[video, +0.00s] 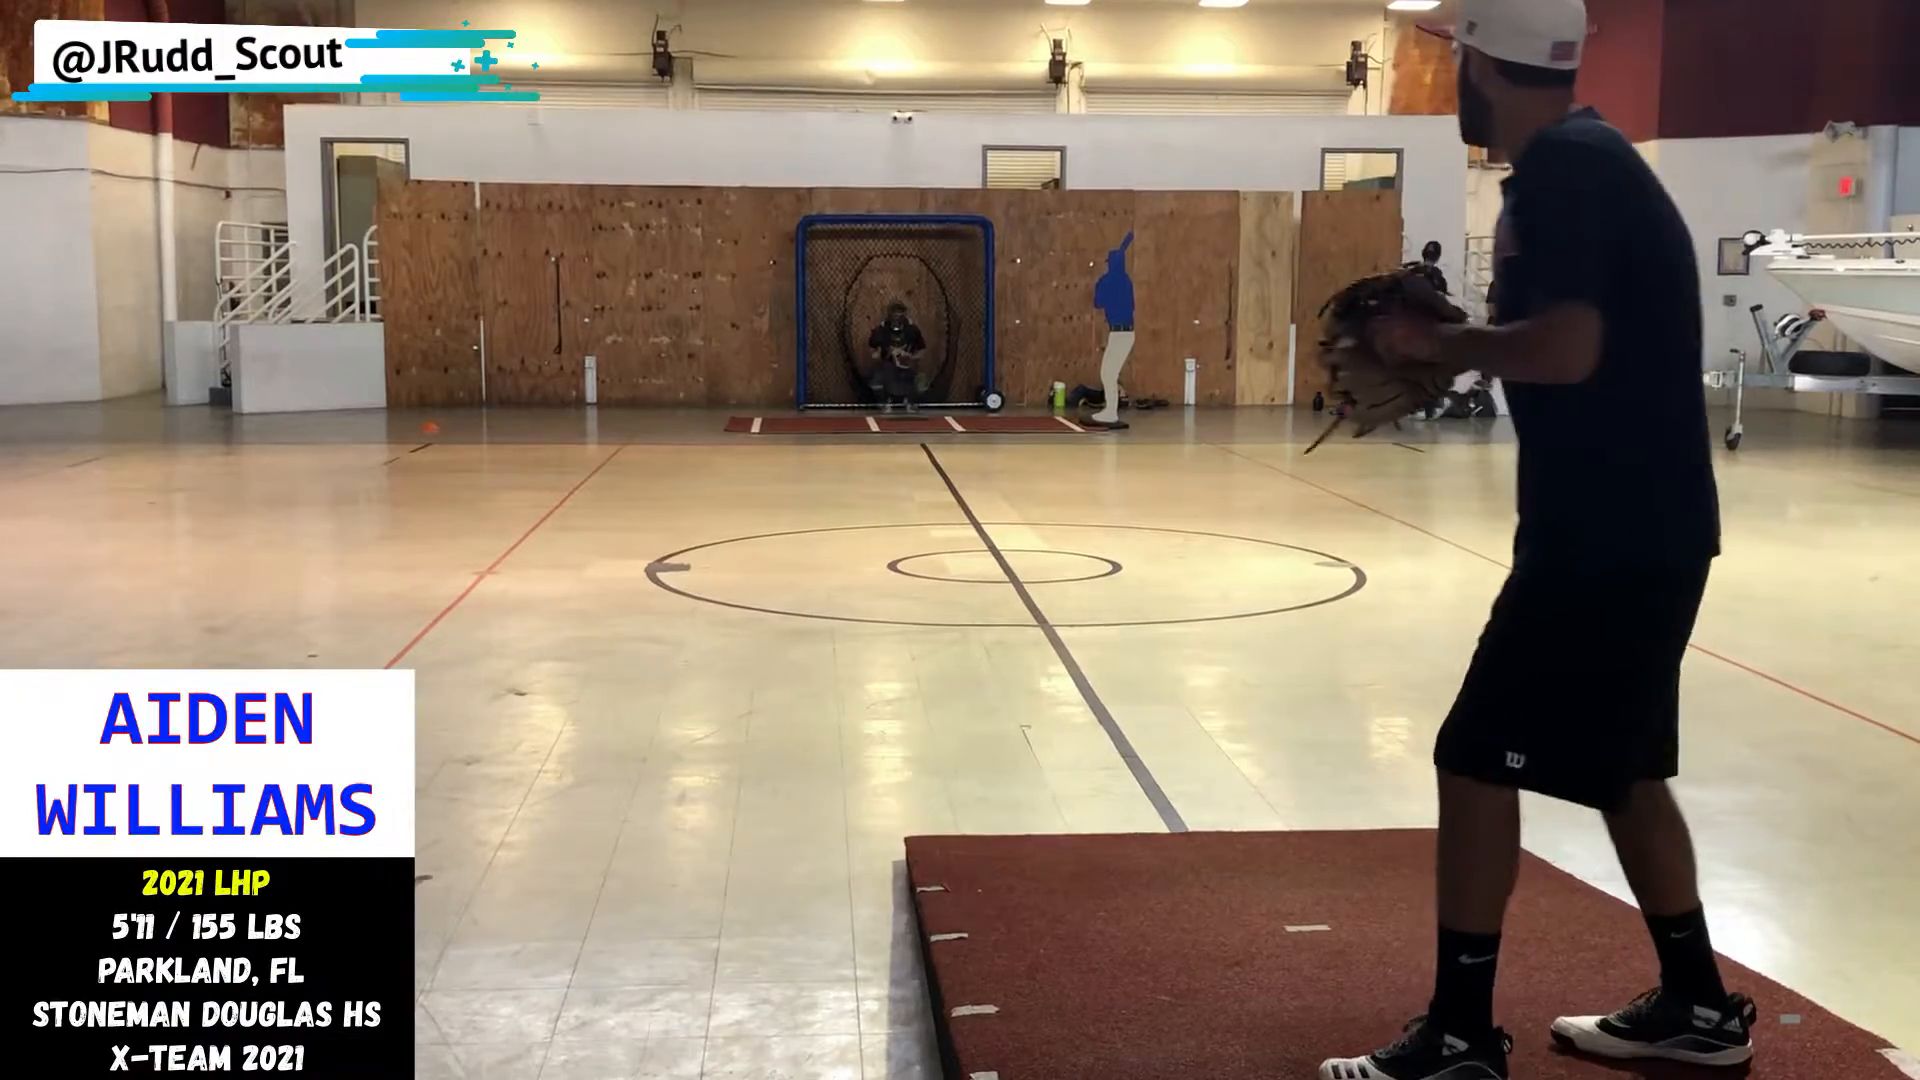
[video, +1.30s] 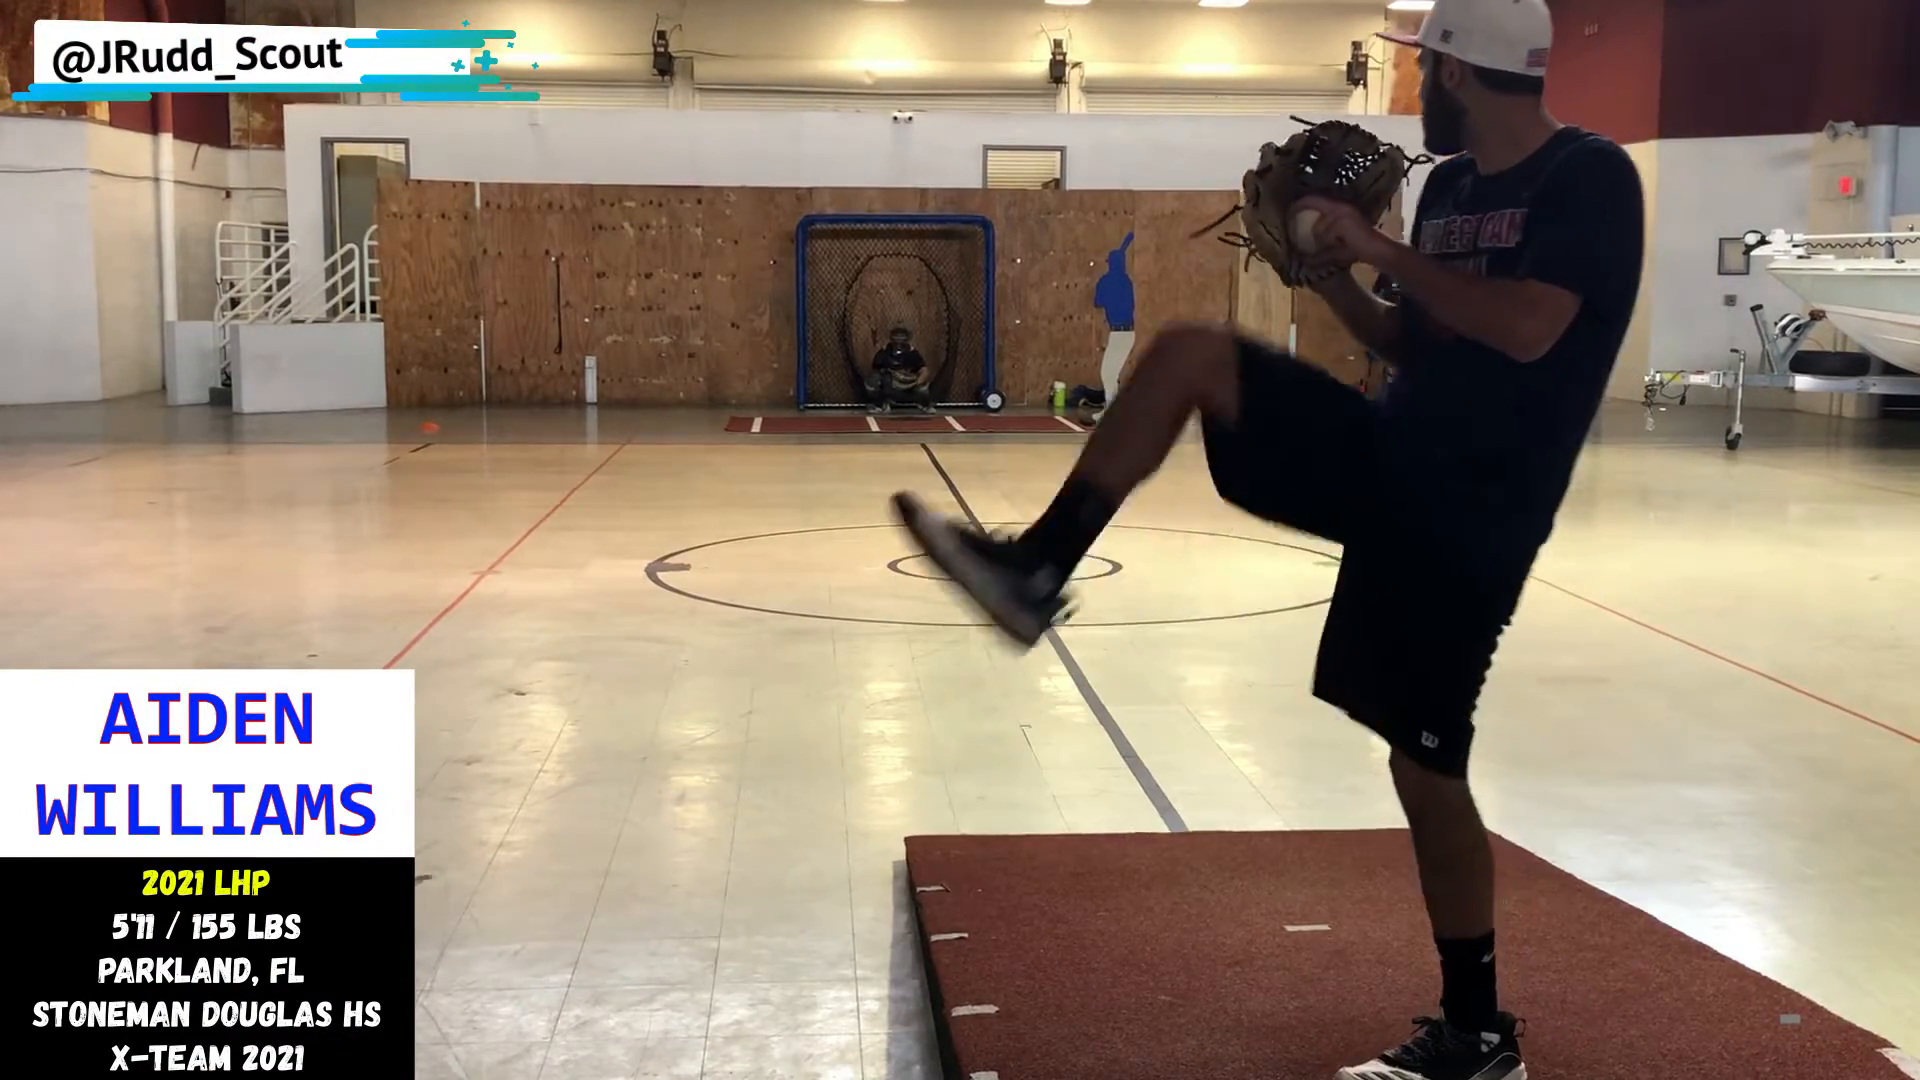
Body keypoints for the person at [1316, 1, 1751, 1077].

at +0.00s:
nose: (1456, 95)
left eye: (1457, 66)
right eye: (1456, 69)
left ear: (1483, 62)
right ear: (1559, 65)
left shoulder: (1560, 171)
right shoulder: (1601, 165)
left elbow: (1567, 347)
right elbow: (1582, 347)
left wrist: (1438, 343)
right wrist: (1453, 336)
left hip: (1590, 540)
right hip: (1652, 534)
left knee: (1473, 755)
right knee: (1628, 766)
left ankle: (1459, 1030)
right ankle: (1696, 1001)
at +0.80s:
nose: (1461, 75)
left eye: (1467, 53)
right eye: (1464, 55)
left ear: (1496, 62)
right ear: (1542, 65)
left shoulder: (1630, 174)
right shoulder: (1501, 186)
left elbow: (1560, 326)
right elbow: (1477, 350)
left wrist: (1408, 243)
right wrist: (1374, 278)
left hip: (1587, 535)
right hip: (1515, 528)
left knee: (1465, 770)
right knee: (1522, 779)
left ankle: (1476, 1027)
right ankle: (1657, 958)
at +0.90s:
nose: (1456, 77)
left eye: (1466, 55)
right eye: (1459, 54)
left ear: (1498, 62)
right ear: (1534, 63)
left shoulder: (1632, 170)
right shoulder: (1492, 184)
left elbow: (1563, 322)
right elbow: (1466, 351)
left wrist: (1407, 245)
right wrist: (1367, 277)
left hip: (1560, 533)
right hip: (1471, 514)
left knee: (1453, 766)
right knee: (1371, 733)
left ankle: (1477, 1031)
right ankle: (1535, 883)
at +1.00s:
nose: (1453, 75)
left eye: (1458, 50)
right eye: (1456, 53)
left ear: (1489, 54)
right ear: (1539, 56)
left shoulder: (1632, 168)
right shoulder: (1483, 181)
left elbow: (1564, 321)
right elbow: (1457, 349)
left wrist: (1400, 245)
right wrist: (1362, 277)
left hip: (1543, 531)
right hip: (1441, 499)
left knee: (1451, 775)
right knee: (1275, 658)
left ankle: (1476, 1026)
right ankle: (1365, 860)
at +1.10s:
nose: (1448, 73)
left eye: (1458, 51)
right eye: (1451, 52)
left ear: (1496, 57)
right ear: (1520, 61)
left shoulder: (1623, 168)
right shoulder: (1477, 183)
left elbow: (1559, 322)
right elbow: (1446, 346)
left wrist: (1388, 247)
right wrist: (1349, 276)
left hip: (1517, 519)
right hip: (1422, 481)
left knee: (1448, 772)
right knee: (1207, 552)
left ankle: (1477, 1028)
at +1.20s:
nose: (1436, 79)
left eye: (1442, 56)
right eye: (1439, 59)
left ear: (1475, 58)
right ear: (1524, 60)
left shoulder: (1611, 171)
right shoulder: (1463, 183)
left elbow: (1542, 324)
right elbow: (1432, 345)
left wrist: (1385, 245)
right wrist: (1339, 273)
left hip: (1492, 517)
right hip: (1405, 472)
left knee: (1437, 768)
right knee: (1183, 445)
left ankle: (1476, 1028)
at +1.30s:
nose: (1421, 87)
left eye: (1429, 65)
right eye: (1424, 68)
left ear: (1460, 67)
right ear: (1506, 72)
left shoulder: (1593, 176)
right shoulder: (1447, 186)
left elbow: (1528, 325)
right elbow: (1405, 343)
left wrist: (1377, 244)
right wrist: (1322, 272)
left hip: (1471, 513)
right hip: (1384, 459)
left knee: (1426, 762)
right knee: (1185, 356)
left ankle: (1477, 1027)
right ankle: (1033, 571)